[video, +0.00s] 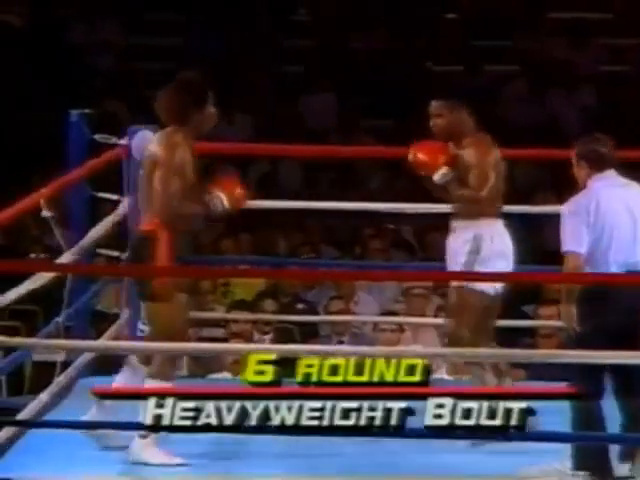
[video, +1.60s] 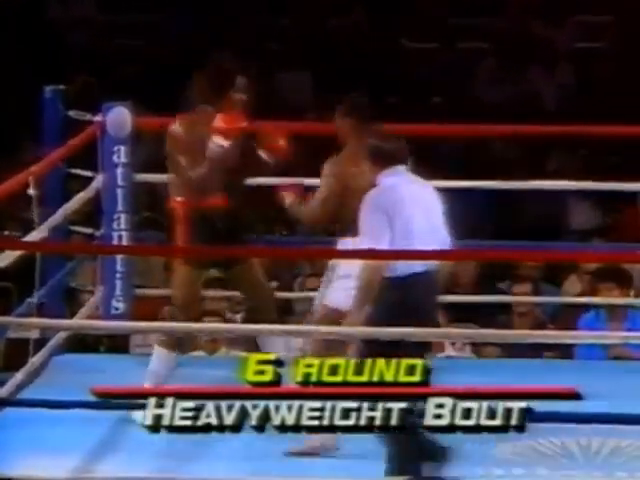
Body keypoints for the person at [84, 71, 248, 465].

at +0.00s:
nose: (215, 113)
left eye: (213, 105)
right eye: (210, 106)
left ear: (179, 109)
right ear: (196, 111)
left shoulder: (165, 142)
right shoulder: (176, 147)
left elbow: (165, 200)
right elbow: (170, 205)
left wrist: (208, 198)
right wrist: (212, 202)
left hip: (153, 239)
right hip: (160, 241)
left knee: (162, 330)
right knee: (172, 339)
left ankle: (113, 399)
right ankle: (148, 438)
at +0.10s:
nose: (224, 109)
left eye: (222, 101)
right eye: (219, 102)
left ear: (187, 104)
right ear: (204, 107)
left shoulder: (172, 138)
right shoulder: (186, 145)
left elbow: (166, 197)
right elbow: (181, 203)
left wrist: (214, 194)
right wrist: (221, 199)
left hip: (172, 235)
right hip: (175, 237)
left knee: (198, 332)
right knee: (175, 338)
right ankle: (145, 436)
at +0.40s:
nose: (252, 117)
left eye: (250, 109)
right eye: (246, 110)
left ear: (219, 113)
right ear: (228, 114)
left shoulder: (209, 145)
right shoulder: (209, 151)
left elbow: (226, 200)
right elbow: (236, 205)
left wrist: (263, 187)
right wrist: (275, 183)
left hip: (220, 245)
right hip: (201, 246)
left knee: (253, 332)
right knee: (181, 338)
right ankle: (151, 434)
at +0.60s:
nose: (291, 122)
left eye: (291, 115)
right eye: (286, 115)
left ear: (265, 120)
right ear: (265, 118)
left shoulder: (263, 147)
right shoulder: (231, 147)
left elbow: (263, 187)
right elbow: (230, 201)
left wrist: (297, 168)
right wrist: (273, 183)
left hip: (254, 234)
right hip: (226, 235)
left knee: (285, 327)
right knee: (228, 329)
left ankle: (295, 415)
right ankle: (172, 416)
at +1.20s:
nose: (290, 112)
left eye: (289, 104)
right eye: (285, 104)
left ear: (272, 108)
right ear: (269, 106)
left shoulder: (279, 139)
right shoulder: (226, 136)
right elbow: (229, 191)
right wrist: (271, 165)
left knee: (298, 304)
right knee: (198, 306)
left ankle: (296, 389)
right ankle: (165, 388)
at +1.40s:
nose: (278, 128)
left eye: (282, 121)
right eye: (273, 119)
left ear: (286, 123)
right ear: (258, 117)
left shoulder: (266, 151)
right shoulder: (231, 148)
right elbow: (209, 209)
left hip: (250, 231)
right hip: (218, 231)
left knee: (288, 310)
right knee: (212, 320)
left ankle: (290, 386)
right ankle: (160, 382)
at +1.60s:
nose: (231, 106)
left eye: (222, 105)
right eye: (224, 102)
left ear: (223, 104)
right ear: (207, 100)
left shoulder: (231, 130)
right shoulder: (178, 132)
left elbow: (277, 155)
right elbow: (194, 179)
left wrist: (255, 139)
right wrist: (221, 149)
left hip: (226, 217)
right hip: (191, 219)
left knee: (262, 299)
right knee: (183, 308)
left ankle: (277, 376)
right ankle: (152, 388)